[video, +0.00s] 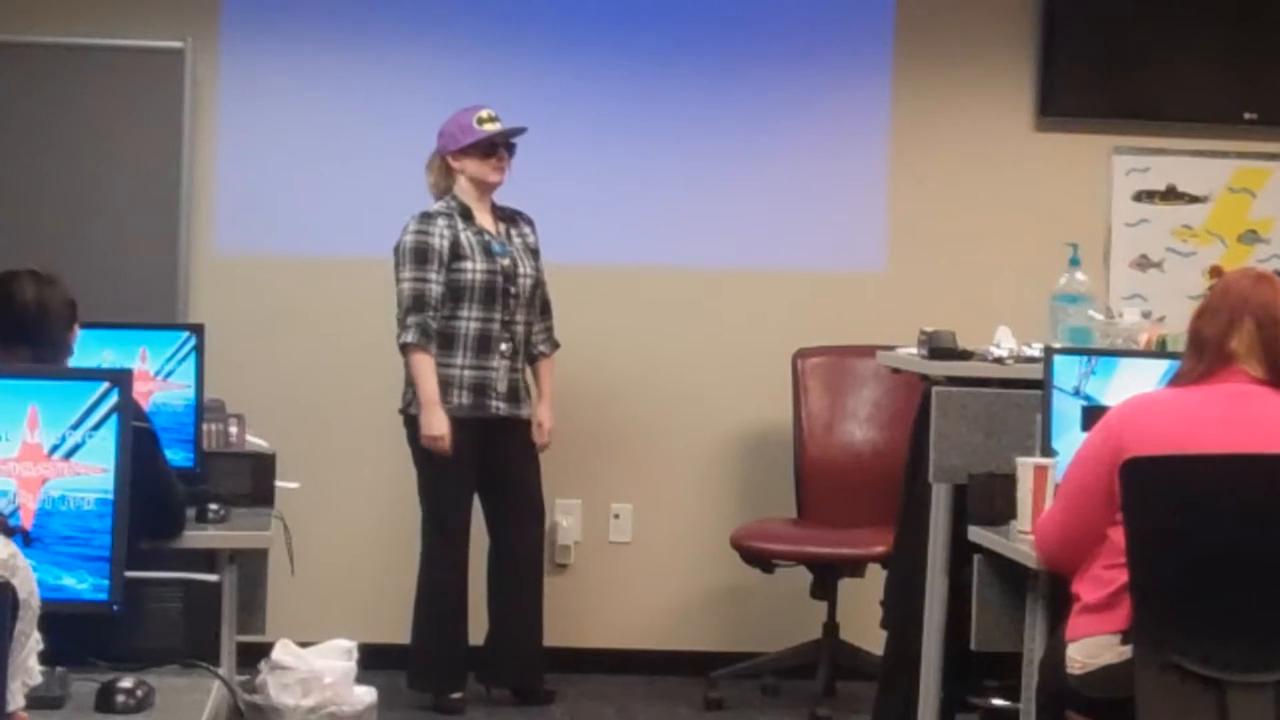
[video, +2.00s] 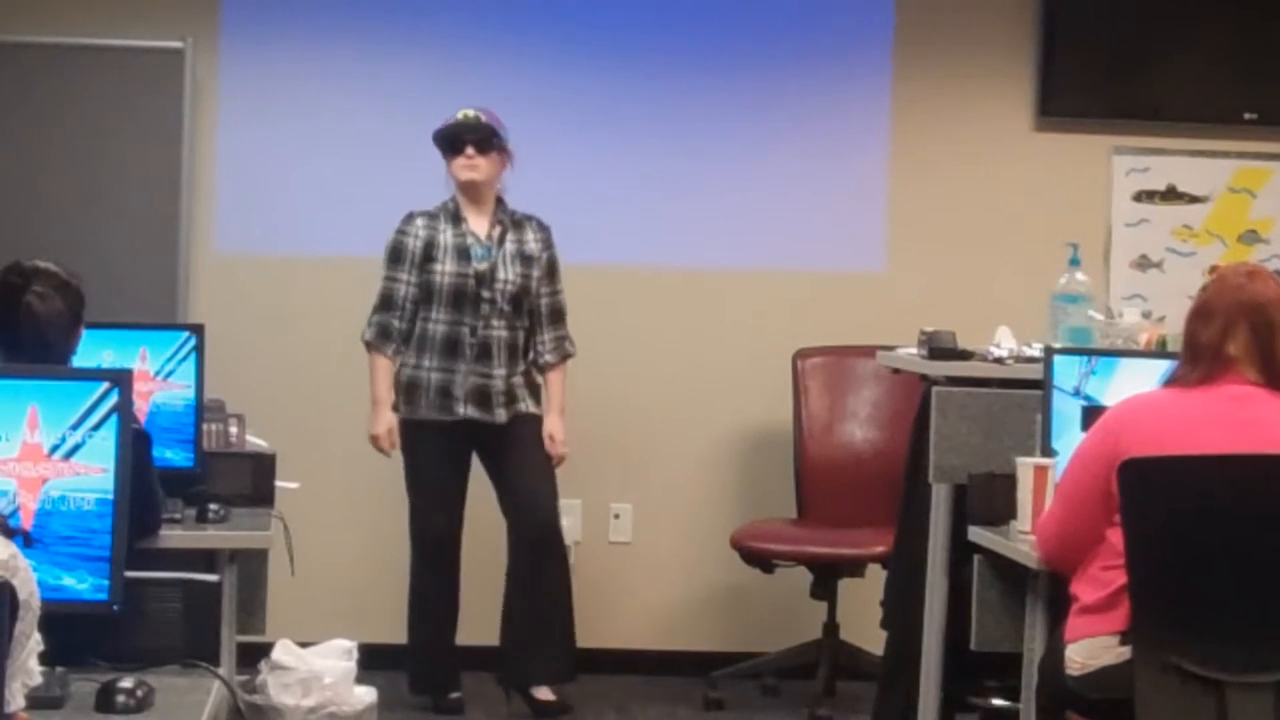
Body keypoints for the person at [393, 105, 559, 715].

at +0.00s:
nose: (501, 158)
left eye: (505, 150)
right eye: (487, 151)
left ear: (506, 159)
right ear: (454, 158)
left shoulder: (520, 230)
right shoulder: (427, 228)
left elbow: (538, 322)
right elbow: (414, 327)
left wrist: (544, 398)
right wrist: (430, 406)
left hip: (509, 415)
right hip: (446, 414)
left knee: (520, 543)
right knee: (447, 548)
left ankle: (515, 673)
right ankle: (440, 679)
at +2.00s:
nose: (469, 157)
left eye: (482, 148)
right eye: (458, 149)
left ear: (503, 160)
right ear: (445, 161)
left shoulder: (532, 235)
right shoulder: (418, 229)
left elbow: (550, 331)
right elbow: (386, 323)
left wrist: (555, 411)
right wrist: (382, 403)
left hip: (512, 411)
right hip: (431, 412)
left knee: (540, 529)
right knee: (436, 544)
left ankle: (537, 674)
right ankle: (435, 681)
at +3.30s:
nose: (480, 145)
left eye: (495, 137)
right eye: (480, 136)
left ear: (536, 148)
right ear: (482, 148)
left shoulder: (572, 223)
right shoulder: (452, 220)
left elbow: (566, 310)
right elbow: (432, 319)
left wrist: (486, 344)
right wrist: (449, 384)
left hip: (553, 419)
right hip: (469, 416)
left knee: (548, 560)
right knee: (466, 561)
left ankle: (547, 702)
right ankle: (458, 705)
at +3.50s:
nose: (511, 165)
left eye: (526, 155)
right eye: (499, 153)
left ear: (548, 166)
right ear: (483, 162)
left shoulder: (572, 240)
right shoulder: (449, 236)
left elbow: (572, 335)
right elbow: (414, 329)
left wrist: (526, 389)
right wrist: (411, 402)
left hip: (543, 430)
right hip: (457, 426)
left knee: (557, 572)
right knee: (453, 568)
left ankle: (524, 706)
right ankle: (454, 703)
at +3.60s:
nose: (536, 177)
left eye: (547, 168)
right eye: (521, 167)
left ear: (558, 180)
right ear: (492, 178)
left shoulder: (576, 257)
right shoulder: (450, 249)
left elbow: (594, 366)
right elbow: (407, 349)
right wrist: (400, 440)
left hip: (549, 450)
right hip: (460, 449)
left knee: (580, 580)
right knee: (454, 592)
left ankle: (533, 714)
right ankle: (446, 714)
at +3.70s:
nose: (556, 163)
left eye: (564, 154)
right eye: (540, 154)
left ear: (571, 164)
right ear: (506, 161)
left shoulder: (589, 240)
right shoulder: (465, 229)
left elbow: (632, 326)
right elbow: (424, 316)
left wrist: (667, 413)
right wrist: (440, 393)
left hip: (556, 433)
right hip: (471, 430)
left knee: (575, 569)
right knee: (458, 575)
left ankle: (569, 711)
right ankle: (437, 711)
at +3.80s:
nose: (571, 175)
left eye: (577, 165)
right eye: (555, 164)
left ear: (581, 173)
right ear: (519, 173)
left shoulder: (592, 243)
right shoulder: (487, 231)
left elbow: (640, 303)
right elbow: (456, 306)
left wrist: (692, 364)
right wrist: (500, 370)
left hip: (569, 441)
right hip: (484, 438)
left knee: (581, 579)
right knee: (464, 580)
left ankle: (578, 710)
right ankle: (439, 707)